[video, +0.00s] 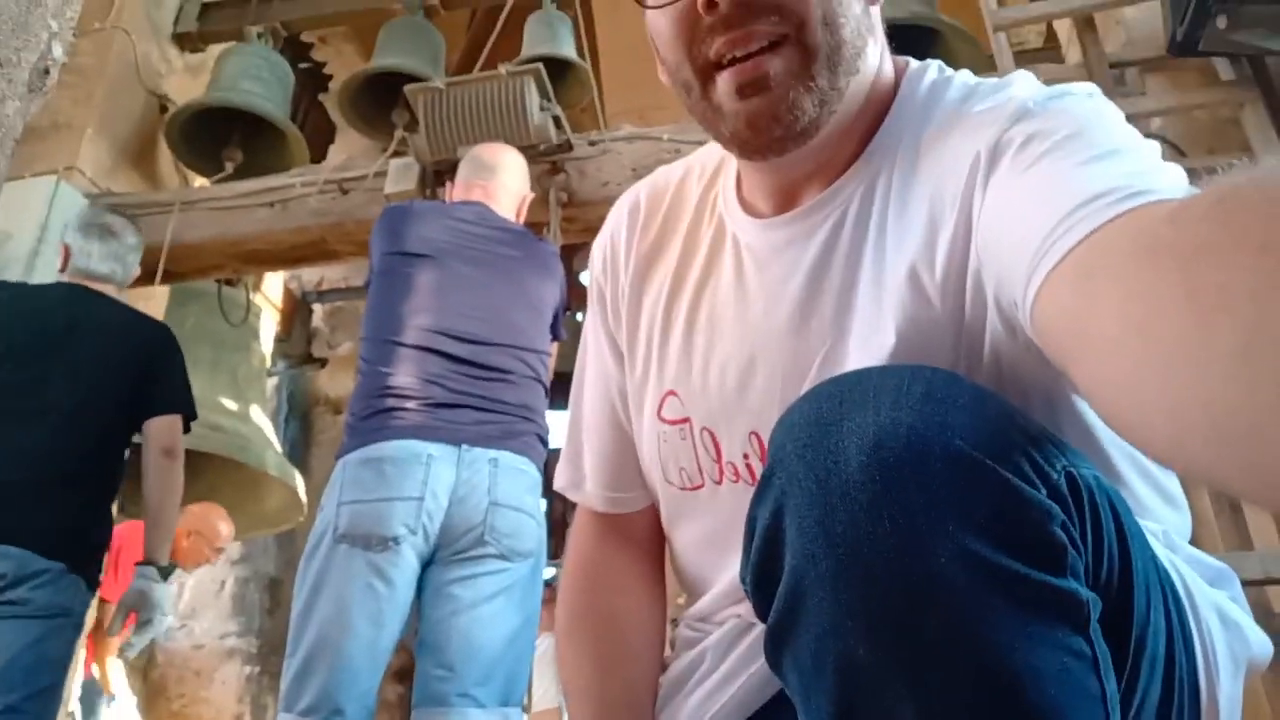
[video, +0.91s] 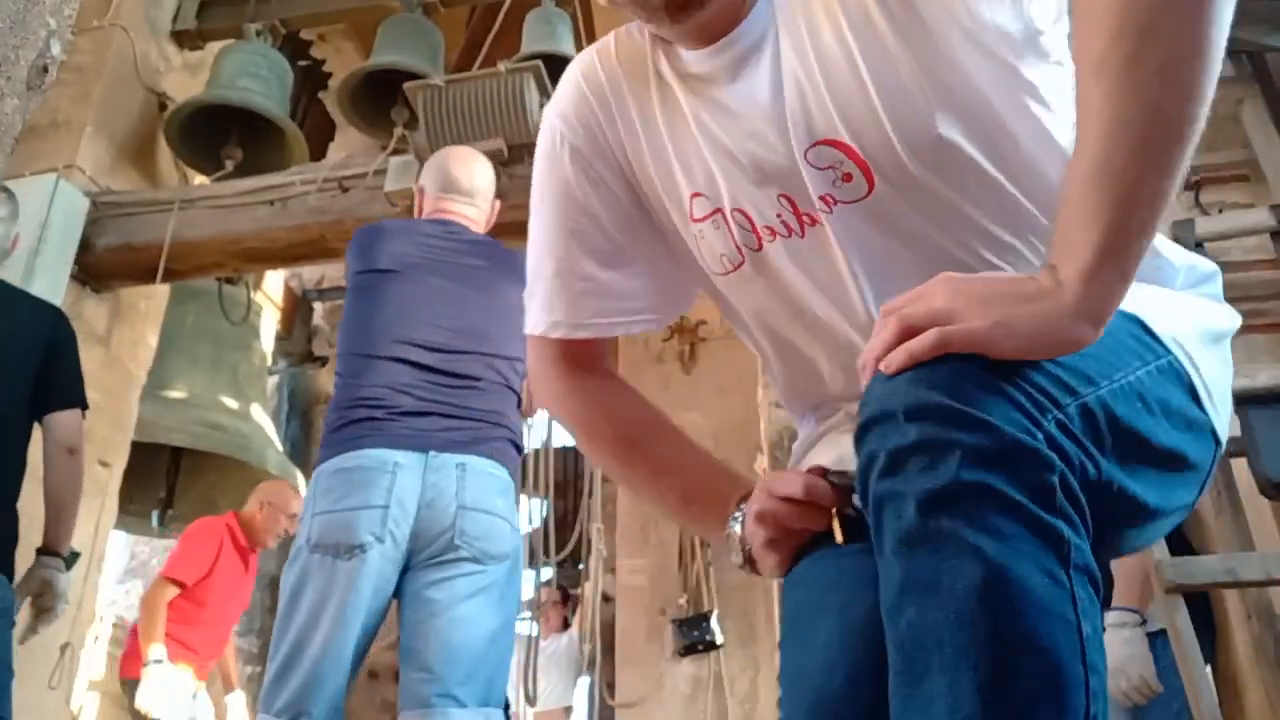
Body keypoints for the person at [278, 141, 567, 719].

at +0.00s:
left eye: (450, 187)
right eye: (527, 202)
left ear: (447, 190)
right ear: (526, 208)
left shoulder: (396, 222)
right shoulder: (548, 262)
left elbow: (400, 313)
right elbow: (545, 362)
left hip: (388, 461)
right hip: (510, 475)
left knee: (324, 702)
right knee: (473, 704)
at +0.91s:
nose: (414, 203)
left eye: (413, 197)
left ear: (418, 200)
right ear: (495, 212)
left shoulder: (367, 244)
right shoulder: (525, 270)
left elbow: (357, 356)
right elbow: (529, 395)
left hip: (363, 470)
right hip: (482, 481)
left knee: (298, 703)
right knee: (457, 705)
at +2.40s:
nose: (401, 216)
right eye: (403, 209)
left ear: (324, 216)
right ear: (400, 214)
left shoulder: (275, 271)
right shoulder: (415, 269)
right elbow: (483, 390)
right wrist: (439, 319)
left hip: (238, 492)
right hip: (352, 490)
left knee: (220, 708)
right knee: (313, 708)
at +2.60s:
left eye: (319, 211)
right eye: (399, 210)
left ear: (320, 217)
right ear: (396, 214)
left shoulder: (274, 271)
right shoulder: (415, 270)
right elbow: (482, 393)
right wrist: (441, 326)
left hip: (238, 488)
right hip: (351, 486)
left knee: (218, 707)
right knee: (311, 707)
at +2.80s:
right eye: (394, 210)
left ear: (316, 218)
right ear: (391, 214)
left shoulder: (271, 272)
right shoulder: (413, 271)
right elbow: (479, 393)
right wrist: (433, 325)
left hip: (238, 488)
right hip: (351, 486)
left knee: (217, 708)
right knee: (311, 707)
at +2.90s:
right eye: (393, 210)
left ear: (314, 219)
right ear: (389, 214)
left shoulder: (269, 272)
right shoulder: (411, 270)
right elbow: (478, 392)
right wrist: (418, 334)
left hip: (236, 488)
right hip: (350, 487)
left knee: (216, 708)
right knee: (310, 707)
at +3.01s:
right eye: (392, 209)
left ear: (313, 218)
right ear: (388, 213)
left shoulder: (267, 272)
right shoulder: (409, 270)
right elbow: (477, 391)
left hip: (234, 488)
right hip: (348, 487)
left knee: (215, 709)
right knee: (309, 707)